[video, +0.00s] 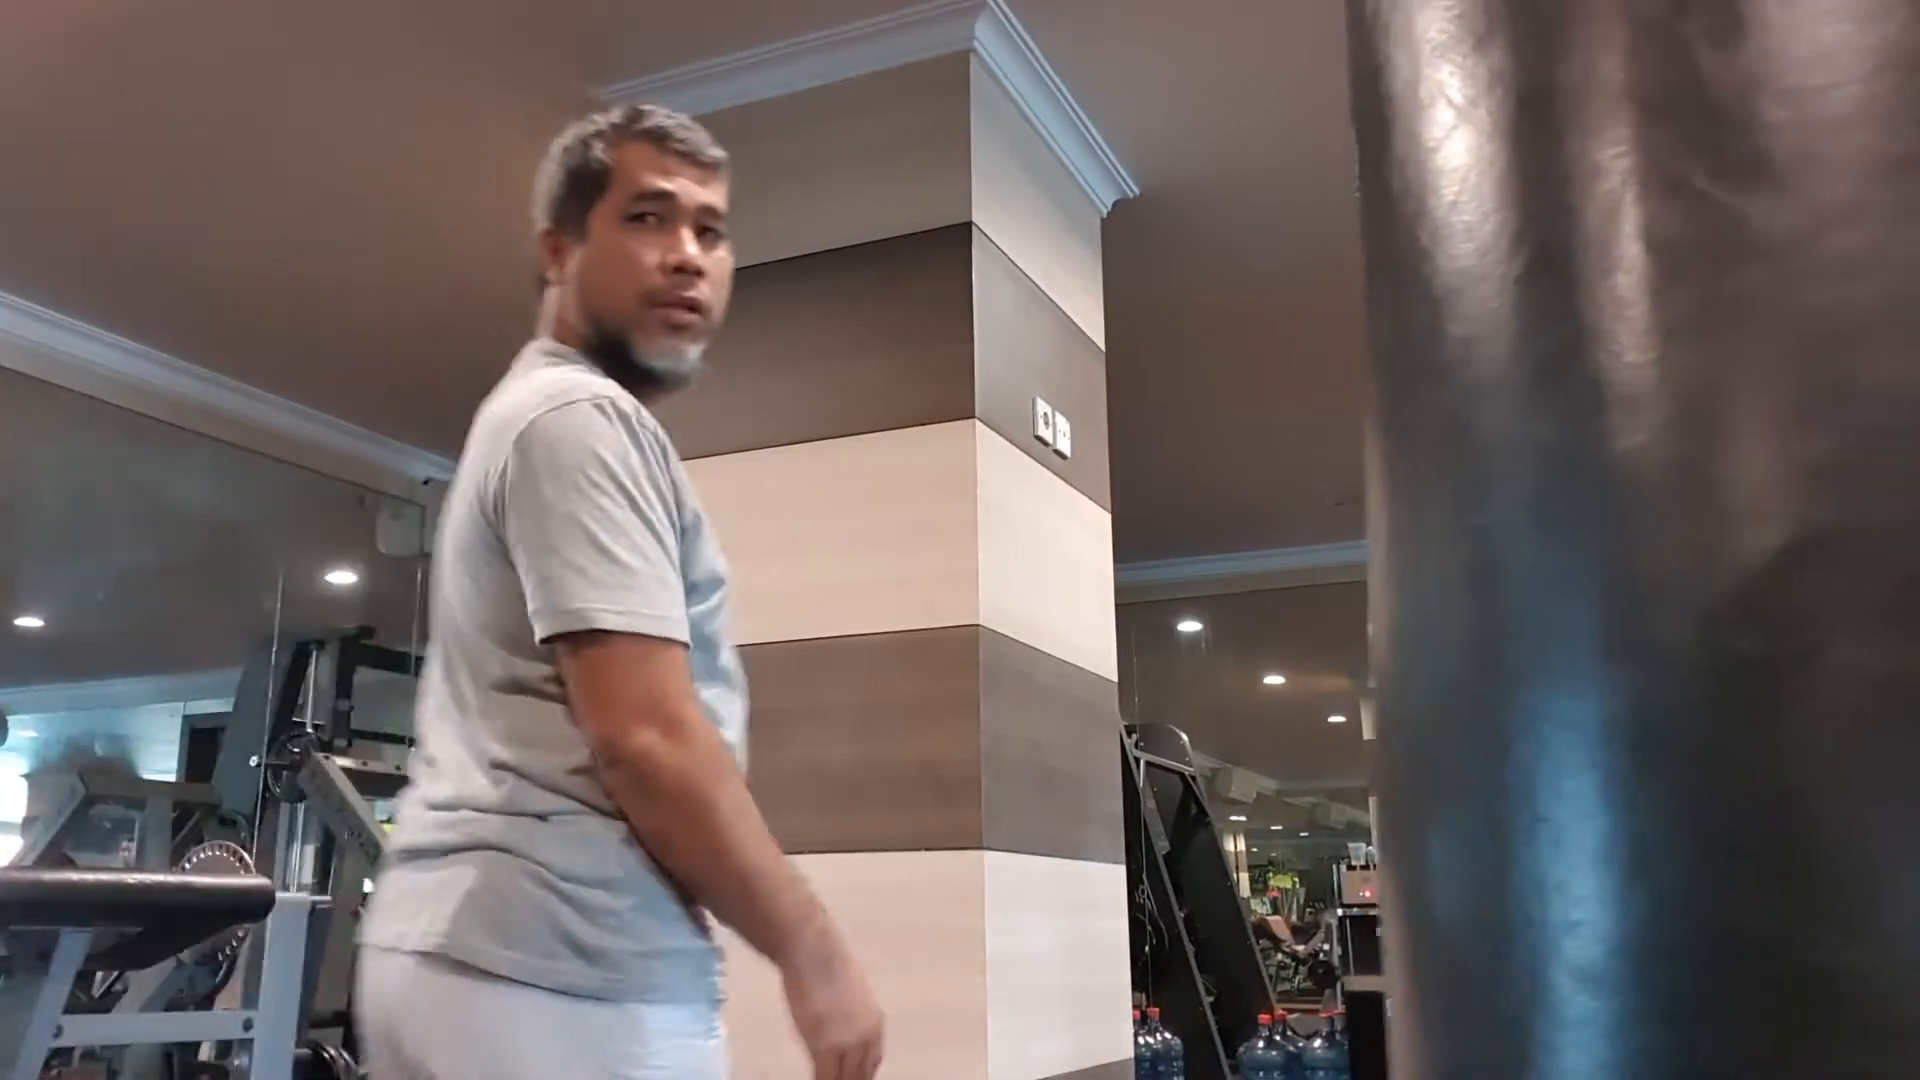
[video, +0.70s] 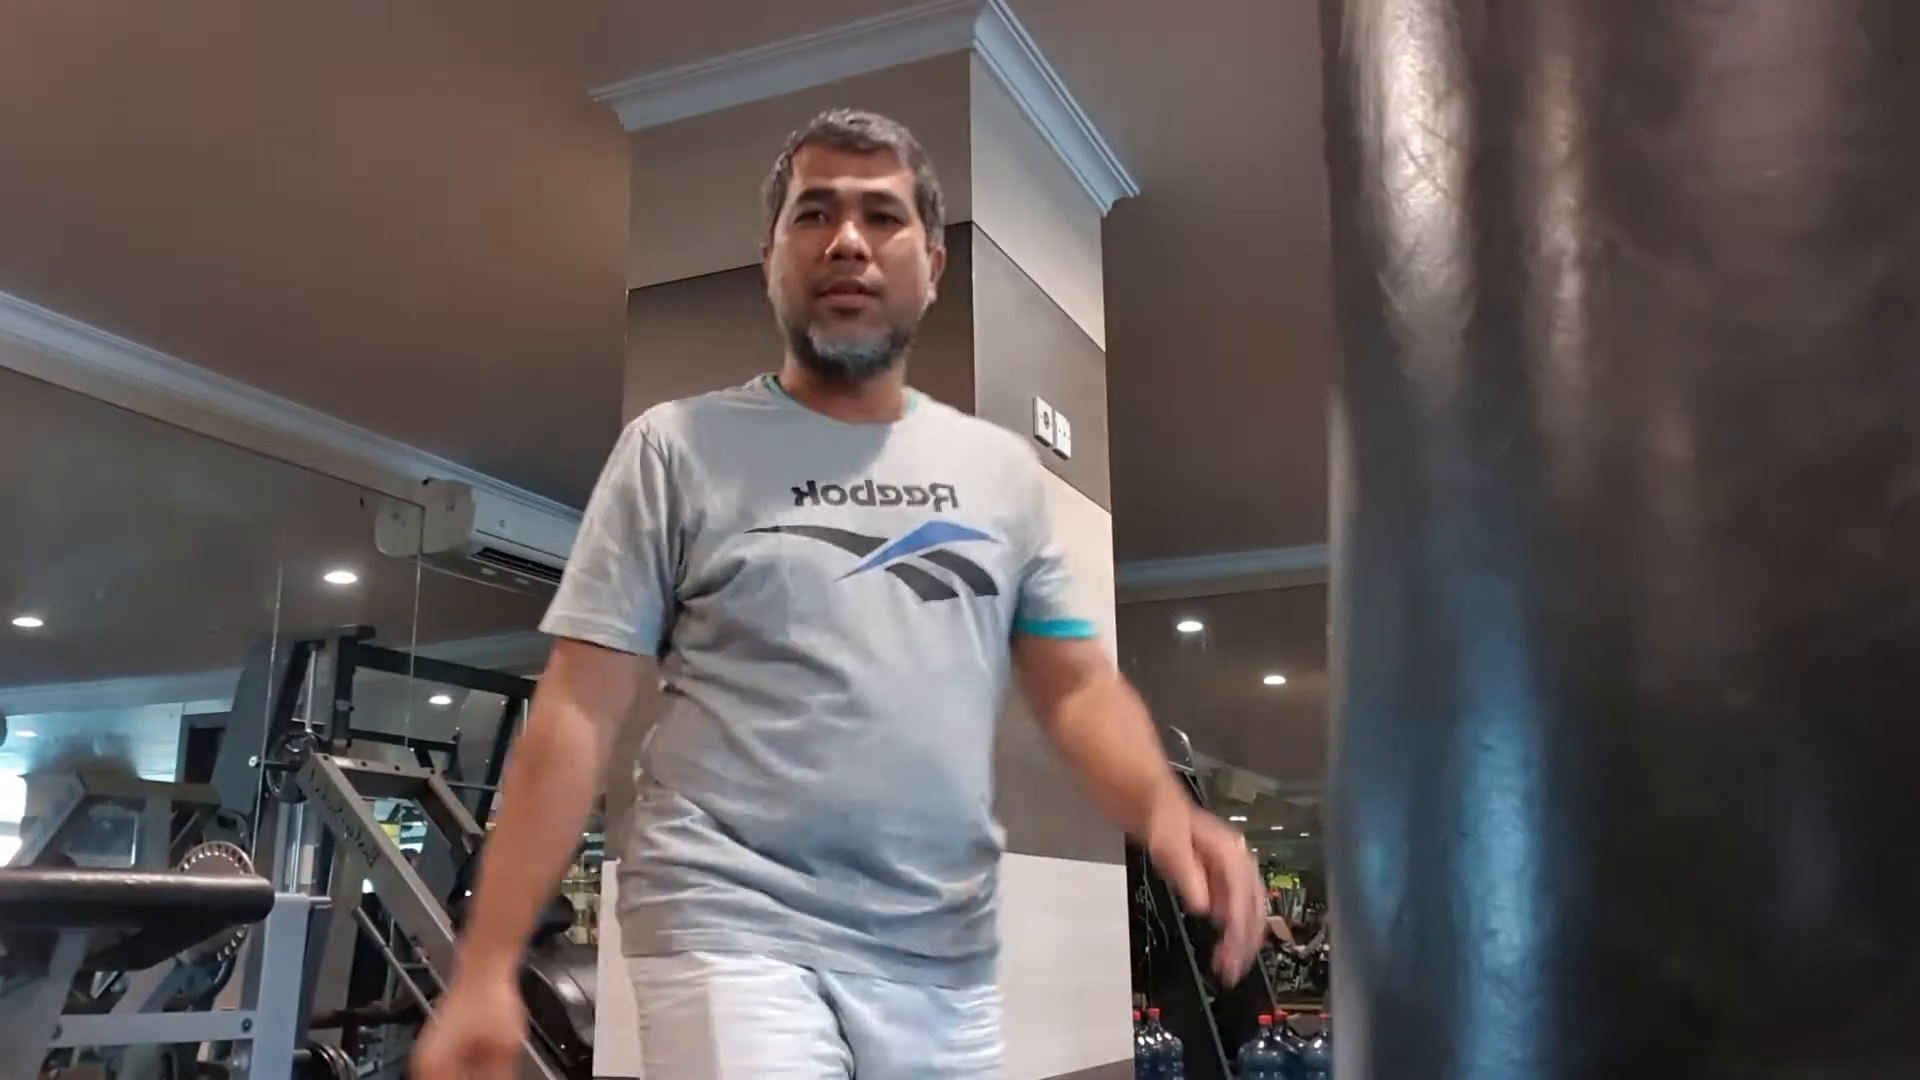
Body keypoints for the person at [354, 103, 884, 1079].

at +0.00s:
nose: (690, 258)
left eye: (710, 230)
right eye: (648, 219)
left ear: (729, 260)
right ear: (560, 249)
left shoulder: (534, 410)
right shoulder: (578, 419)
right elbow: (645, 742)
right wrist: (815, 956)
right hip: (561, 982)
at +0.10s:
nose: (711, 248)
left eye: (736, 221)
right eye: (671, 211)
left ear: (760, 254)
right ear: (593, 242)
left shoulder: (647, 426)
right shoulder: (582, 414)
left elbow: (640, 717)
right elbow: (628, 722)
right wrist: (816, 940)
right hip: (573, 959)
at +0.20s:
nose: (735, 242)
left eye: (764, 218)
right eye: (696, 209)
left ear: (792, 253)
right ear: (628, 243)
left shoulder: (724, 442)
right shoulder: (591, 409)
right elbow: (597, 700)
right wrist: (774, 946)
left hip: (705, 960)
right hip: (594, 964)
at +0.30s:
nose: (762, 244)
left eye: (793, 220)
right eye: (726, 213)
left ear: (826, 262)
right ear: (664, 252)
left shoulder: (809, 471)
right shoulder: (605, 415)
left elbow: (795, 713)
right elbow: (563, 683)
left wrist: (866, 904)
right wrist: (679, 962)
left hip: (786, 973)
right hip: (609, 961)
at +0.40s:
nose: (790, 258)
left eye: (822, 235)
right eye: (757, 228)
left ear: (864, 280)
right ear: (700, 267)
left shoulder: (866, 484)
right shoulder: (626, 433)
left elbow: (887, 718)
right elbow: (546, 692)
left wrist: (979, 915)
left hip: (838, 974)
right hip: (673, 974)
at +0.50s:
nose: (816, 270)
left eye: (849, 247)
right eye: (784, 242)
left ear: (894, 296)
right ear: (729, 287)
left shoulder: (918, 503)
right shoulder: (647, 452)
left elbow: (966, 737)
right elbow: (534, 699)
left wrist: (1085, 917)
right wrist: (451, 954)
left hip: (876, 971)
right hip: (693, 953)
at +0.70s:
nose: (846, 239)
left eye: (882, 216)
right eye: (814, 213)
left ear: (933, 266)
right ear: (770, 260)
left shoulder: (1006, 474)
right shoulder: (675, 452)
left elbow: (1078, 683)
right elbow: (577, 710)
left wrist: (1164, 808)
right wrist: (486, 968)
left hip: (939, 960)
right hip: (722, 937)